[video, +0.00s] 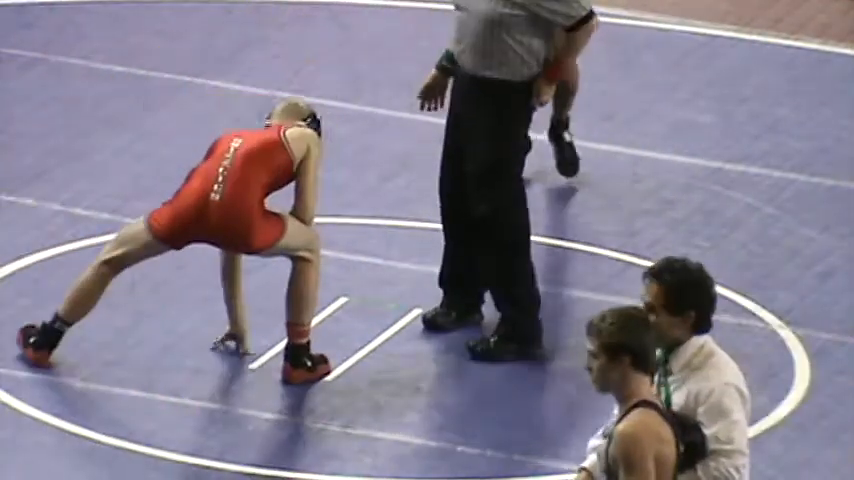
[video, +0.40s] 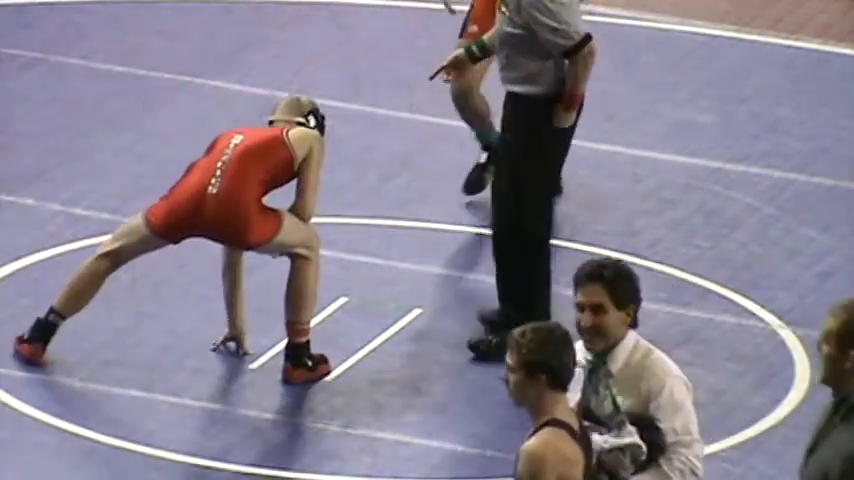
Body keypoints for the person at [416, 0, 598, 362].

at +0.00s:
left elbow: (583, 22)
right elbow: (478, 20)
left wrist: (549, 78)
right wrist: (444, 70)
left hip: (510, 84)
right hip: (470, 78)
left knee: (498, 203)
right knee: (457, 193)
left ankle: (521, 332)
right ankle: (461, 301)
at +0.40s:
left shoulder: (535, 6)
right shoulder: (516, 4)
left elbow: (583, 49)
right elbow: (517, 26)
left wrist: (569, 107)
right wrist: (472, 53)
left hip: (542, 105)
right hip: (523, 100)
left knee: (523, 218)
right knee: (509, 212)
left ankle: (528, 327)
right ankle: (515, 310)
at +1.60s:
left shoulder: (568, 13)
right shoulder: (557, 10)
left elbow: (618, 70)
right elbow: (541, 56)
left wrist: (612, 138)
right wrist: (483, 82)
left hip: (600, 130)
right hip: (584, 125)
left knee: (581, 235)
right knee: (564, 226)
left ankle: (568, 351)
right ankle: (564, 324)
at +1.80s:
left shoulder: (560, 17)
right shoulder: (569, 5)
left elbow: (614, 61)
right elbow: (555, 50)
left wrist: (611, 116)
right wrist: (517, 31)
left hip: (589, 128)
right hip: (607, 121)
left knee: (564, 228)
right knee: (589, 224)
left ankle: (570, 332)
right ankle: (588, 318)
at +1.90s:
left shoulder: (560, 15)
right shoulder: (593, 4)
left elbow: (598, 67)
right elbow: (563, 50)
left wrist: (587, 125)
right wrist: (528, 19)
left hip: (589, 128)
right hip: (618, 119)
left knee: (565, 226)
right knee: (596, 223)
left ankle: (563, 323)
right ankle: (590, 316)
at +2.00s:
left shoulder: (572, 15)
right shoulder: (593, 5)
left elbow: (566, 98)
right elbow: (568, 49)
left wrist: (538, 130)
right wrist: (535, 16)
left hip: (593, 130)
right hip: (619, 118)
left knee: (568, 231)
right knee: (597, 229)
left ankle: (567, 332)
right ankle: (588, 327)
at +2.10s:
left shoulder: (585, 16)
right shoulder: (609, 5)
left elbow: (530, 88)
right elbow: (584, 50)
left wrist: (485, 98)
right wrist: (545, 17)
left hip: (598, 133)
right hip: (619, 121)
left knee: (573, 239)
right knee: (593, 235)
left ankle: (574, 350)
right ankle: (583, 343)